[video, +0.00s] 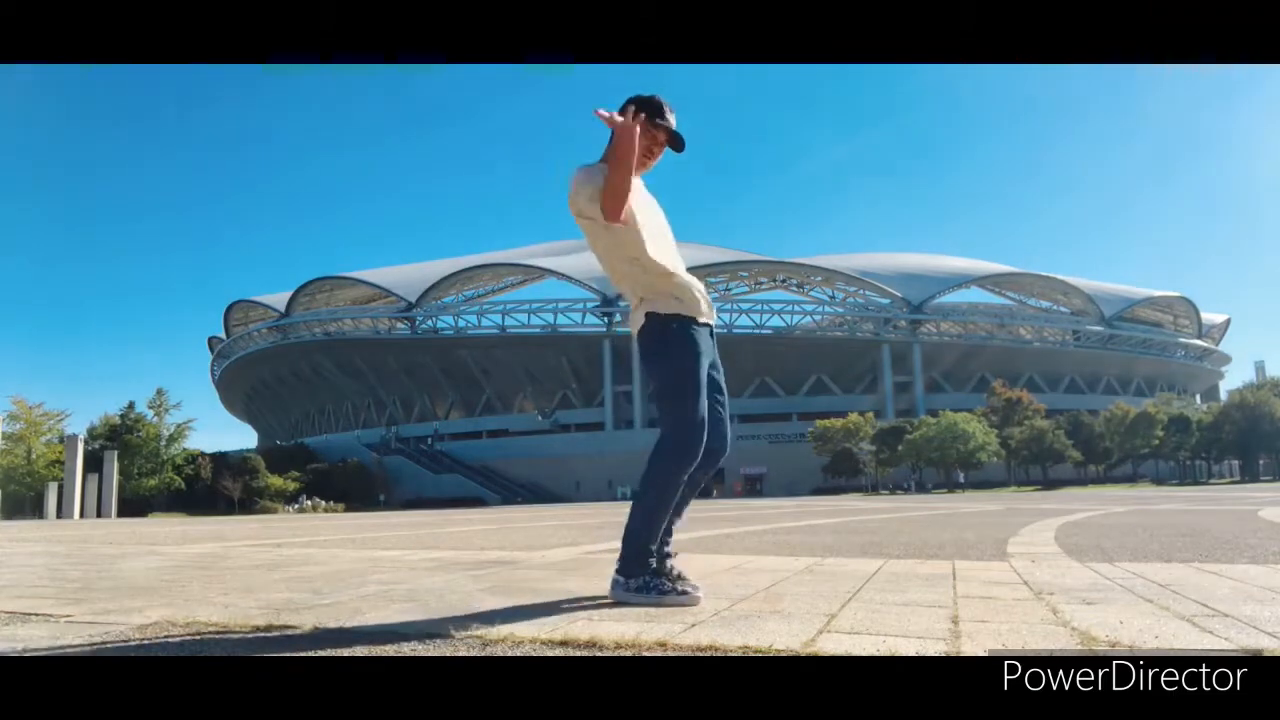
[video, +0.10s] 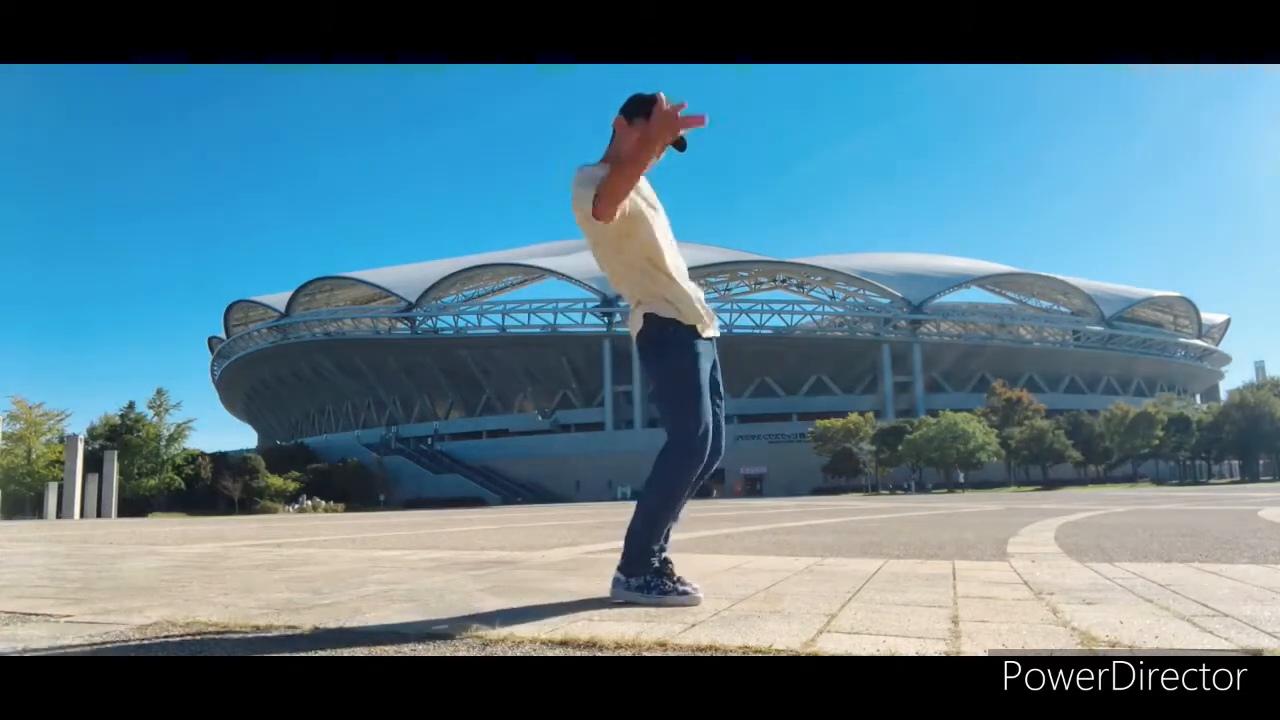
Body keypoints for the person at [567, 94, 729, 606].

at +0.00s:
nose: (657, 152)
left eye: (664, 146)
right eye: (651, 140)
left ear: (663, 149)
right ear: (625, 131)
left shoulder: (639, 189)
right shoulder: (588, 179)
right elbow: (612, 211)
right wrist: (625, 140)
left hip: (698, 328)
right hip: (668, 326)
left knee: (714, 443)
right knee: (683, 438)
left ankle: (654, 557)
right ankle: (633, 571)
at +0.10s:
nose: (655, 150)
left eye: (662, 143)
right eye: (650, 138)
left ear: (640, 136)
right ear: (623, 125)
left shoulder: (633, 182)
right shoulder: (589, 178)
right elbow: (605, 209)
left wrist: (662, 134)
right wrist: (652, 141)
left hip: (694, 329)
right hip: (666, 330)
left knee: (708, 448)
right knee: (688, 442)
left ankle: (651, 562)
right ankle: (635, 570)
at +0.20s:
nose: (666, 146)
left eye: (673, 140)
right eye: (661, 133)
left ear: (672, 142)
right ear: (632, 120)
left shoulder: (645, 177)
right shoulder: (602, 173)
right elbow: (550, 185)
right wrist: (589, 116)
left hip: (693, 330)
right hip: (663, 329)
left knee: (709, 449)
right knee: (694, 442)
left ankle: (650, 557)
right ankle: (637, 569)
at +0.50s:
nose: (674, 161)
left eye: (682, 155)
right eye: (668, 148)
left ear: (683, 157)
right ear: (638, 138)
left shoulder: (661, 199)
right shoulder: (593, 193)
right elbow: (518, 212)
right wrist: (554, 155)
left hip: (682, 349)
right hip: (646, 351)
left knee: (726, 450)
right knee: (701, 452)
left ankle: (647, 546)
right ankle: (641, 569)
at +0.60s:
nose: (664, 179)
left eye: (671, 174)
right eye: (659, 166)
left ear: (669, 179)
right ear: (631, 159)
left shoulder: (652, 229)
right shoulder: (601, 214)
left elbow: (680, 294)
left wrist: (713, 332)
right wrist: (614, 156)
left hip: (677, 363)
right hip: (642, 363)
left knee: (739, 442)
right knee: (698, 452)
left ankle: (672, 518)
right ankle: (636, 570)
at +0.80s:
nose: (645, 197)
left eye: (652, 191)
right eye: (637, 185)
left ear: (655, 193)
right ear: (611, 179)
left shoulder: (636, 238)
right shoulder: (593, 226)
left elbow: (668, 301)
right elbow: (664, 247)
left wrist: (711, 337)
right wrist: (716, 243)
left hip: (682, 363)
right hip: (642, 364)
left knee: (716, 464)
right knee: (685, 450)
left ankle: (656, 553)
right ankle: (635, 573)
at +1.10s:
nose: (642, 194)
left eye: (649, 188)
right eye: (634, 185)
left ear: (656, 195)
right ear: (615, 190)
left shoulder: (665, 243)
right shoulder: (599, 233)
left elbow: (676, 310)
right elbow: (629, 274)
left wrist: (690, 354)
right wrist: (682, 279)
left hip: (669, 363)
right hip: (622, 360)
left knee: (674, 459)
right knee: (632, 439)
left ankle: (642, 550)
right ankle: (615, 549)